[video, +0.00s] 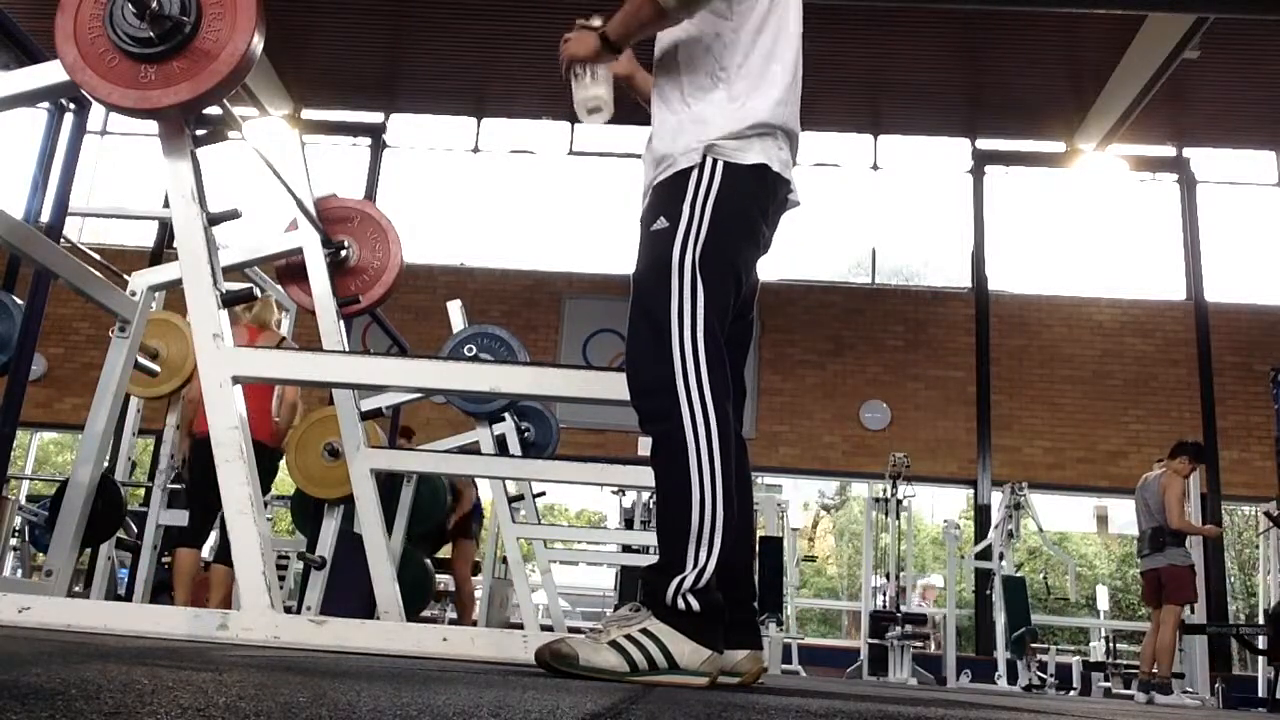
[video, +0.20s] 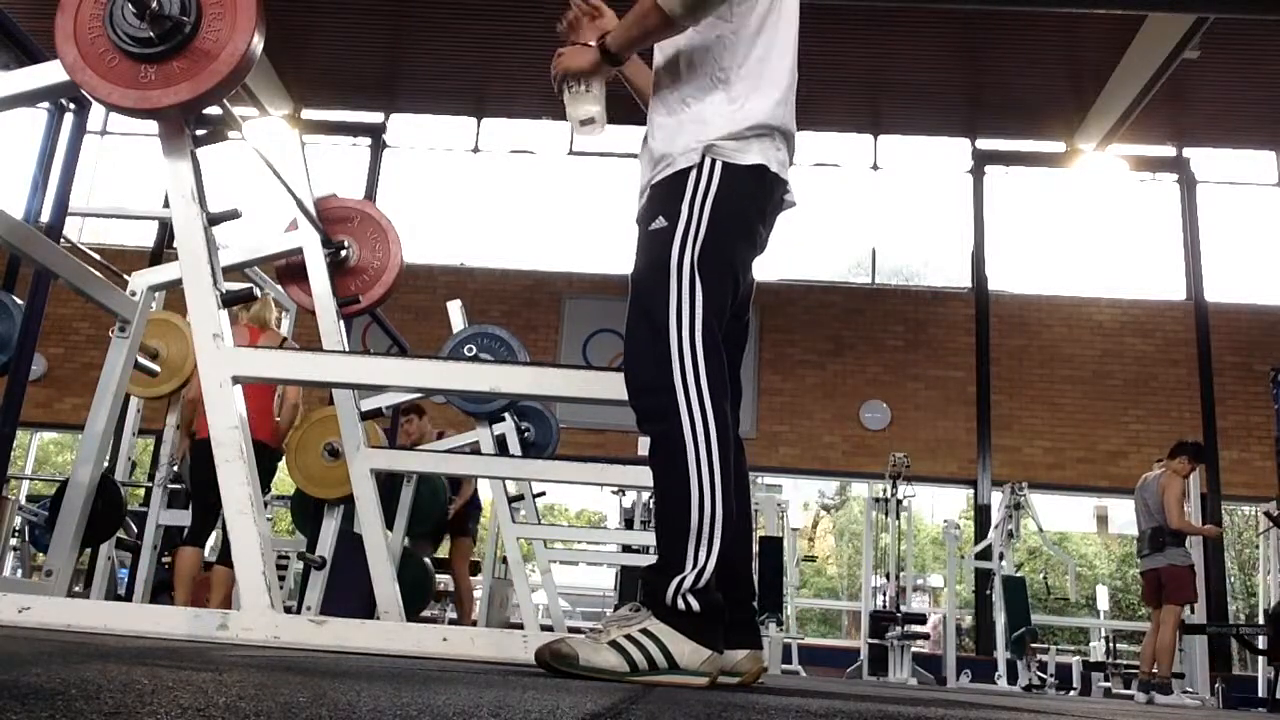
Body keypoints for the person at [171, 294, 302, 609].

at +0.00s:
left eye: (231, 305)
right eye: (280, 312)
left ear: (238, 309)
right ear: (275, 314)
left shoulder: (217, 336)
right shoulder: (285, 346)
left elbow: (192, 392)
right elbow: (289, 400)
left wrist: (185, 432)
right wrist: (279, 433)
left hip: (209, 441)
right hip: (260, 446)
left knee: (194, 524)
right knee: (235, 530)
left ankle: (180, 612)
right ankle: (216, 617)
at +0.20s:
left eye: (235, 309)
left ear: (239, 312)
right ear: (274, 316)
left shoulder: (220, 335)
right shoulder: (288, 346)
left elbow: (192, 393)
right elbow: (292, 402)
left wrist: (185, 431)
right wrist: (277, 438)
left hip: (210, 441)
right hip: (261, 446)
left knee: (199, 524)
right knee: (237, 530)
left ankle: (180, 613)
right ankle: (215, 617)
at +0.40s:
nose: (230, 312)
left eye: (232, 307)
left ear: (235, 310)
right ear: (268, 313)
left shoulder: (218, 333)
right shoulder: (284, 344)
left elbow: (191, 394)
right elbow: (289, 404)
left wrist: (184, 433)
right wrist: (277, 440)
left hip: (211, 442)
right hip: (261, 449)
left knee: (193, 521)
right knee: (238, 531)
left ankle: (166, 605)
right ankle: (215, 616)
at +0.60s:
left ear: (224, 305)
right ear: (259, 307)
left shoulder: (203, 336)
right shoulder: (275, 343)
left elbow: (185, 394)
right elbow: (282, 406)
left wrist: (182, 434)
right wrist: (272, 443)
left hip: (202, 447)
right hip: (254, 452)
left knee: (179, 526)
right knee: (233, 534)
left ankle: (159, 609)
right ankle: (215, 619)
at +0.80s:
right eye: (256, 320)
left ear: (216, 311)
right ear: (251, 319)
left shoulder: (192, 340)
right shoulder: (264, 346)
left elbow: (178, 395)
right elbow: (273, 406)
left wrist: (182, 432)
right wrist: (272, 444)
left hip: (190, 445)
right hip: (240, 450)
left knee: (174, 527)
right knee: (227, 533)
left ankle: (159, 612)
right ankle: (215, 620)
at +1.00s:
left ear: (216, 314)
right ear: (248, 324)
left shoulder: (186, 342)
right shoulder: (253, 350)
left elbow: (172, 400)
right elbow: (263, 408)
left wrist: (178, 429)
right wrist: (271, 444)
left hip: (173, 444)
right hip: (222, 446)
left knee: (171, 527)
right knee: (221, 532)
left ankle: (159, 612)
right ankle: (215, 620)